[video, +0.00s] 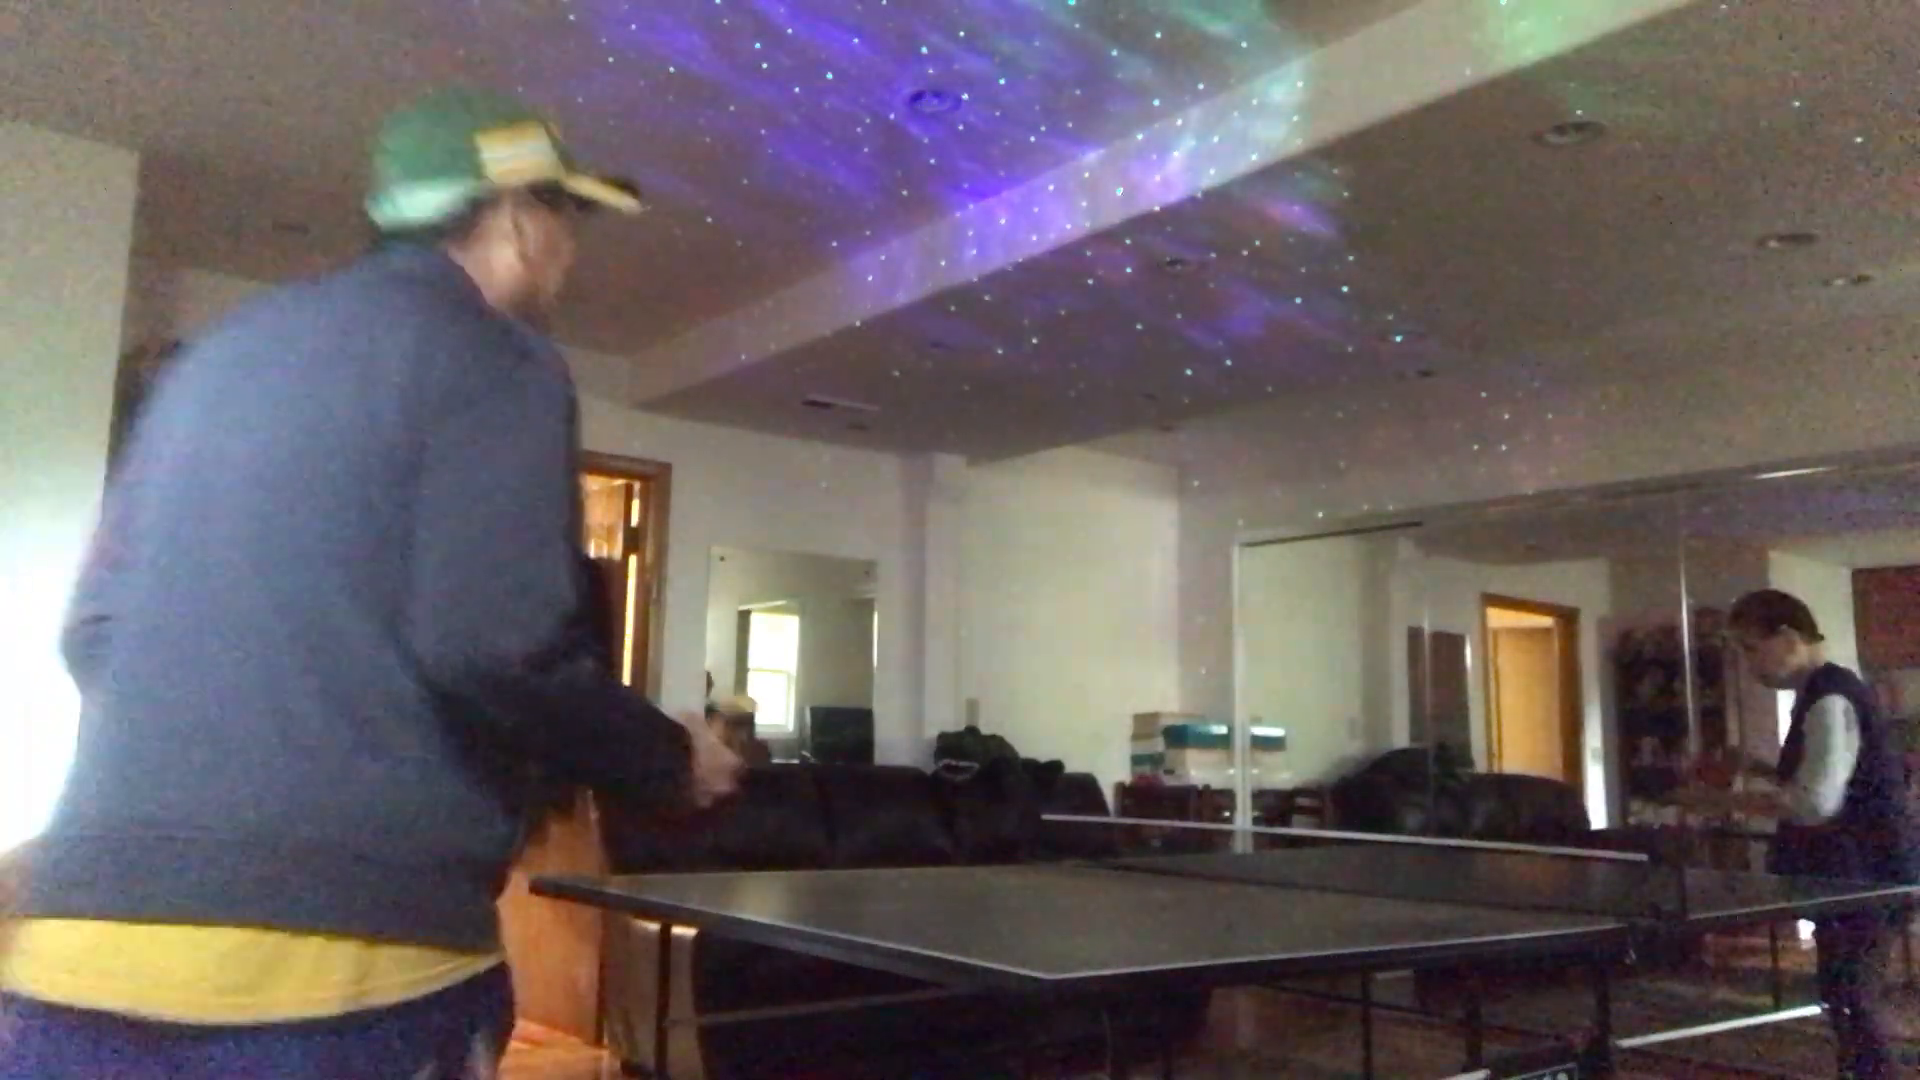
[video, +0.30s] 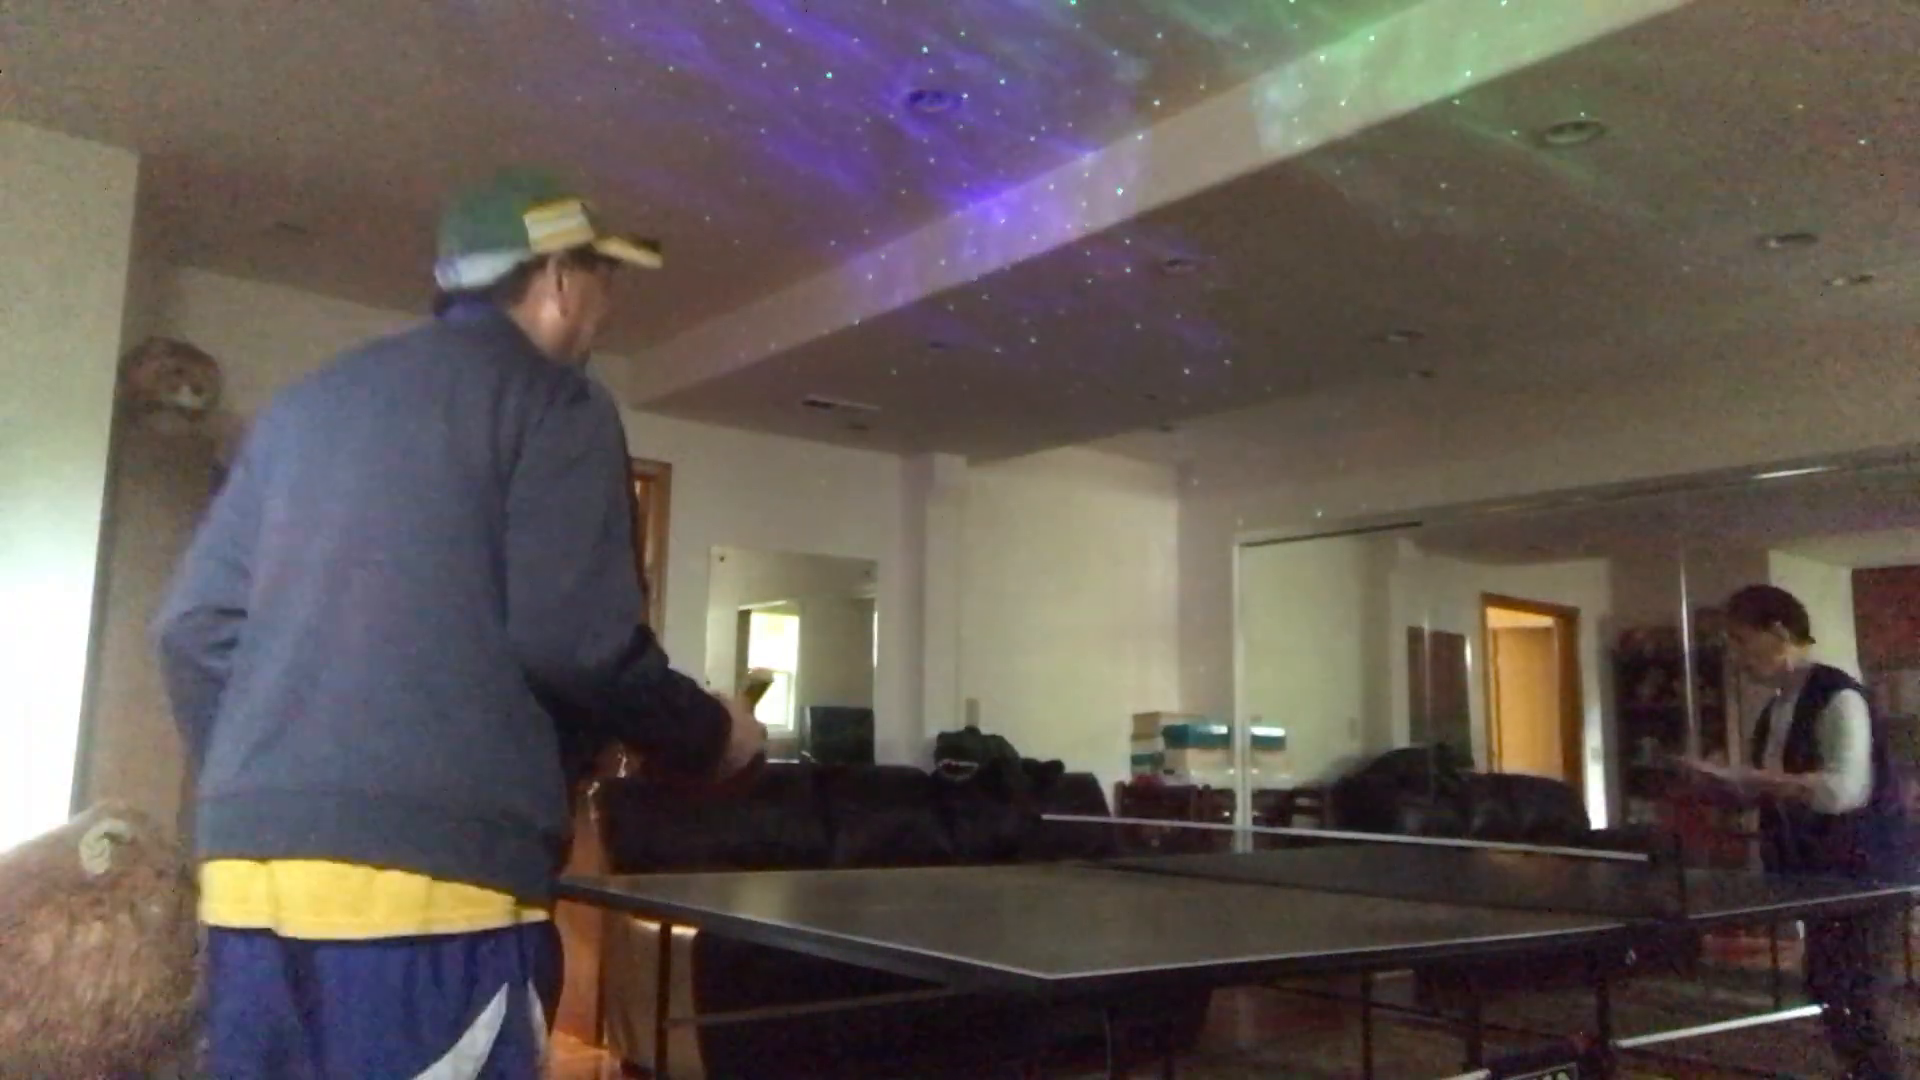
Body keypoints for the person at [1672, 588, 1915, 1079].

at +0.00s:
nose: (1748, 664)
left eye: (1751, 648)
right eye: (1744, 652)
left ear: (1786, 637)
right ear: (1791, 640)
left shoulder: (1831, 696)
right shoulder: (1821, 694)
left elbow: (1817, 802)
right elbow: (1804, 786)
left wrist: (1734, 798)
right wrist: (1746, 769)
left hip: (1861, 887)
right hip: (1848, 886)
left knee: (1853, 1006)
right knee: (1849, 1004)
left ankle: (1870, 1072)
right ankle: (1867, 1071)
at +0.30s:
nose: (1735, 655)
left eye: (1740, 641)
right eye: (1732, 644)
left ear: (1778, 632)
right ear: (1772, 637)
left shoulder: (1840, 697)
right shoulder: (1771, 712)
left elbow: (1846, 791)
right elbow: (1759, 789)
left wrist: (1756, 780)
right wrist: (1713, 779)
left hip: (1866, 877)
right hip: (1818, 877)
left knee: (1859, 997)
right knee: (1830, 988)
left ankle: (1881, 1068)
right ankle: (1866, 1066)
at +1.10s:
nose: (1736, 663)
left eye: (1750, 649)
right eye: (1730, 651)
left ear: (1790, 653)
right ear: (1724, 660)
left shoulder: (1850, 717)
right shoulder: (1736, 727)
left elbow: (1907, 803)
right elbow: (1734, 810)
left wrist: (1902, 889)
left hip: (1859, 882)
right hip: (1780, 887)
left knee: (1902, 994)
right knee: (1786, 1012)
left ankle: (1917, 1059)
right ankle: (1805, 1072)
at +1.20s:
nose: (1731, 662)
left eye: (1745, 648)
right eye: (1727, 651)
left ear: (1787, 651)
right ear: (1724, 660)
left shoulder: (1846, 718)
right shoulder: (1737, 728)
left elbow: (1909, 799)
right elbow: (1728, 807)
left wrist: (1895, 886)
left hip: (1856, 879)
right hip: (1780, 884)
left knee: (1894, 955)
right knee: (1771, 980)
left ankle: (1915, 1047)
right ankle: (1791, 1067)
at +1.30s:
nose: (1719, 666)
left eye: (1732, 651)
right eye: (1715, 654)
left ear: (1774, 656)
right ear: (1711, 664)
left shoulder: (1830, 719)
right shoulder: (1730, 727)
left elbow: (1900, 806)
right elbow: (1729, 806)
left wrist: (1880, 888)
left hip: (1849, 875)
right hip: (1778, 877)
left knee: (1896, 984)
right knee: (1753, 977)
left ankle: (1915, 1060)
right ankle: (1769, 1070)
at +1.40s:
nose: (1698, 672)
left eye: (1708, 659)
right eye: (1696, 661)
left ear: (1747, 658)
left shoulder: (1811, 723)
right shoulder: (1712, 731)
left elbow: (1878, 812)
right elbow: (1710, 816)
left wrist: (1856, 893)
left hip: (1834, 881)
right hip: (1766, 885)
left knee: (1884, 988)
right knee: (1745, 987)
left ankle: (1909, 1060)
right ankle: (1752, 1070)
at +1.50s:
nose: (1677, 677)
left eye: (1686, 662)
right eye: (1674, 664)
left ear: (1724, 658)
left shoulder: (1790, 720)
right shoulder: (1702, 724)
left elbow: (1852, 812)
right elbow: (1707, 805)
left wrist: (1829, 895)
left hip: (1813, 877)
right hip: (1748, 881)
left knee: (1869, 991)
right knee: (1742, 1002)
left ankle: (1906, 1063)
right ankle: (1751, 1071)